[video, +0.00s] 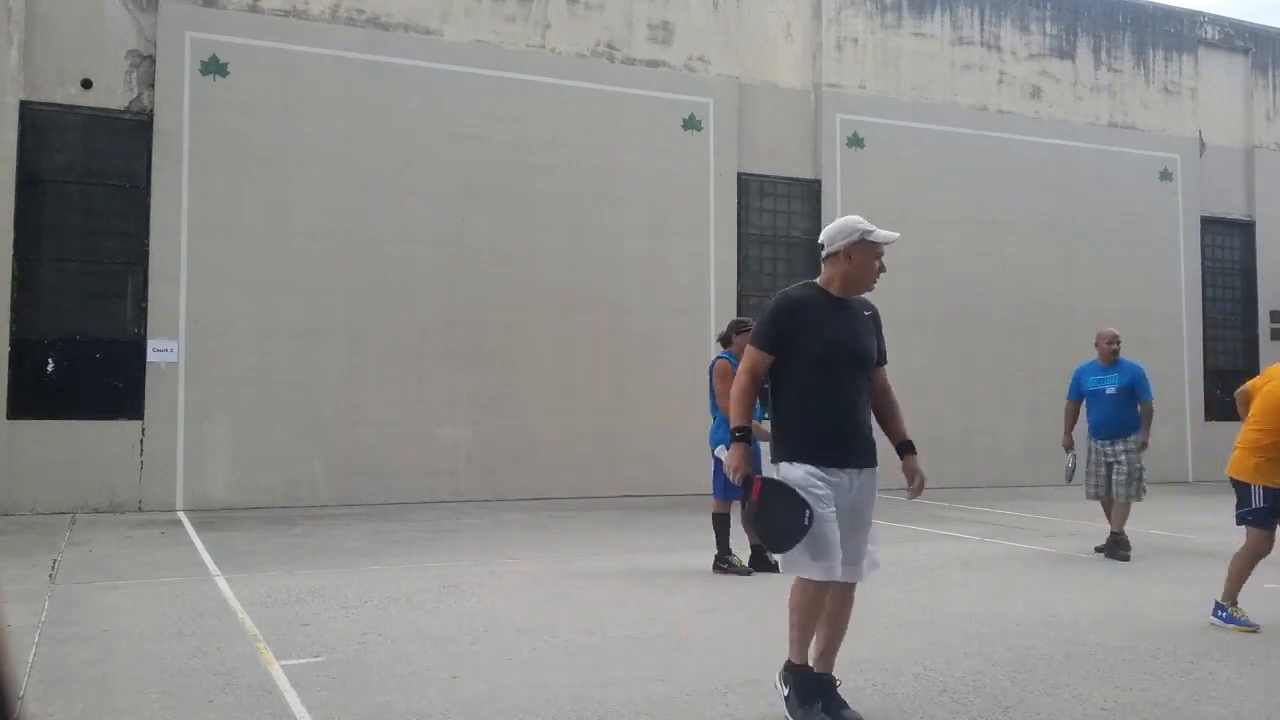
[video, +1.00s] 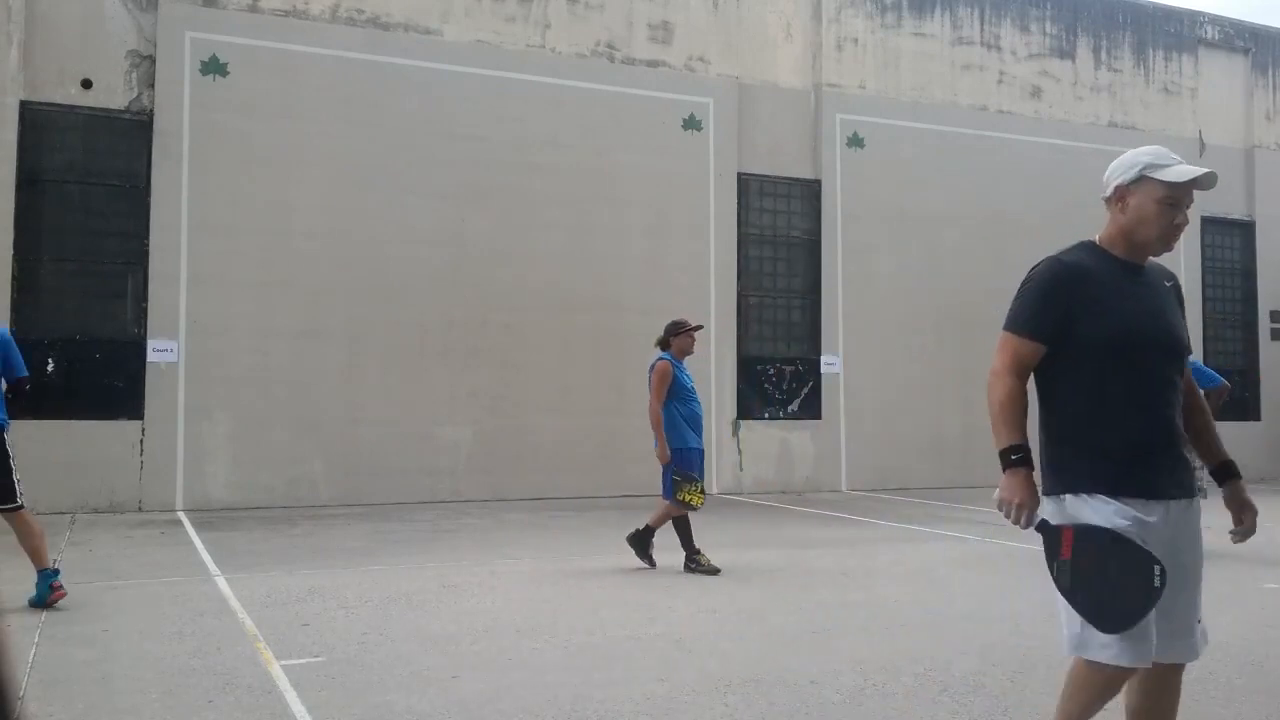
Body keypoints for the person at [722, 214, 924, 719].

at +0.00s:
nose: (882, 266)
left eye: (882, 257)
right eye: (875, 257)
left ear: (852, 258)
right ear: (844, 256)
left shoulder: (866, 314)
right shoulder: (789, 307)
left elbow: (880, 388)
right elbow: (746, 376)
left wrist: (905, 450)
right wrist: (738, 440)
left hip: (857, 468)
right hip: (803, 466)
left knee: (846, 574)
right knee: (816, 569)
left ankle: (823, 678)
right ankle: (795, 671)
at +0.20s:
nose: (928, 261)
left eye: (927, 251)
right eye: (920, 252)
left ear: (893, 254)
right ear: (887, 253)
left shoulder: (912, 315)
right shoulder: (829, 308)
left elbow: (935, 388)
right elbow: (779, 378)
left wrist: (970, 441)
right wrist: (765, 446)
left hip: (896, 478)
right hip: (844, 478)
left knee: (855, 582)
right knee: (876, 591)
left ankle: (821, 677)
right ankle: (904, 713)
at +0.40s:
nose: (974, 248)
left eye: (973, 237)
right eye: (965, 237)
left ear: (940, 242)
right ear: (925, 239)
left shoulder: (959, 304)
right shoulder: (871, 301)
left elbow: (979, 387)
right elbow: (824, 380)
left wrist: (1015, 452)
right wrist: (818, 457)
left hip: (953, 480)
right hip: (893, 478)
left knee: (962, 598)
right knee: (916, 604)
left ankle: (881, 660)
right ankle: (919, 717)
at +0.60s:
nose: (1024, 235)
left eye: (1024, 224)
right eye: (1012, 224)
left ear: (1009, 231)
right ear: (968, 224)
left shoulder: (1011, 294)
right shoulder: (920, 290)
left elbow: (1018, 382)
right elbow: (873, 375)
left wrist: (1046, 464)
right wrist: (900, 445)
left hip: (1012, 485)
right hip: (941, 486)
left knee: (1040, 608)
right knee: (939, 614)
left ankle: (1029, 717)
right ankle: (925, 717)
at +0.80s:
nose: (1098, 229)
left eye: (1101, 219)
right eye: (1085, 217)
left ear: (1101, 224)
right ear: (1039, 219)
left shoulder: (1087, 297)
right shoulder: (991, 294)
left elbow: (1083, 395)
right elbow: (941, 382)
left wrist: (1103, 471)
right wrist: (975, 454)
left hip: (1084, 502)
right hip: (1010, 502)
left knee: (1112, 637)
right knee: (982, 629)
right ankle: (940, 715)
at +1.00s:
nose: (1184, 215)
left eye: (1187, 204)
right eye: (1172, 201)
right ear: (1120, 198)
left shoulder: (1165, 285)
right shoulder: (1059, 277)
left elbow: (1184, 392)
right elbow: (1005, 373)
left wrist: (1227, 479)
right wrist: (1016, 467)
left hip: (1173, 502)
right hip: (1094, 501)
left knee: (1169, 653)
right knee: (1113, 654)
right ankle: (1064, 717)